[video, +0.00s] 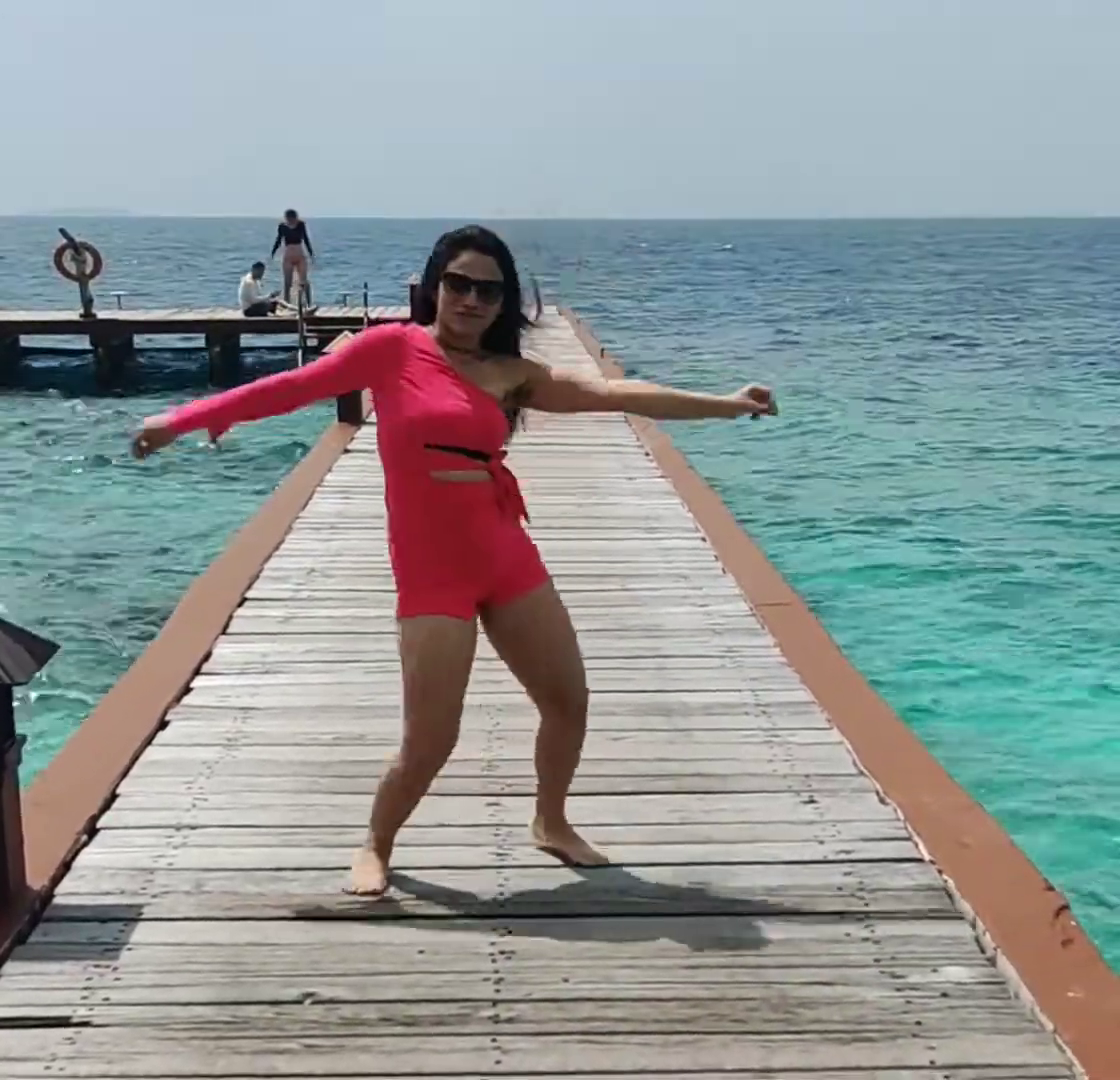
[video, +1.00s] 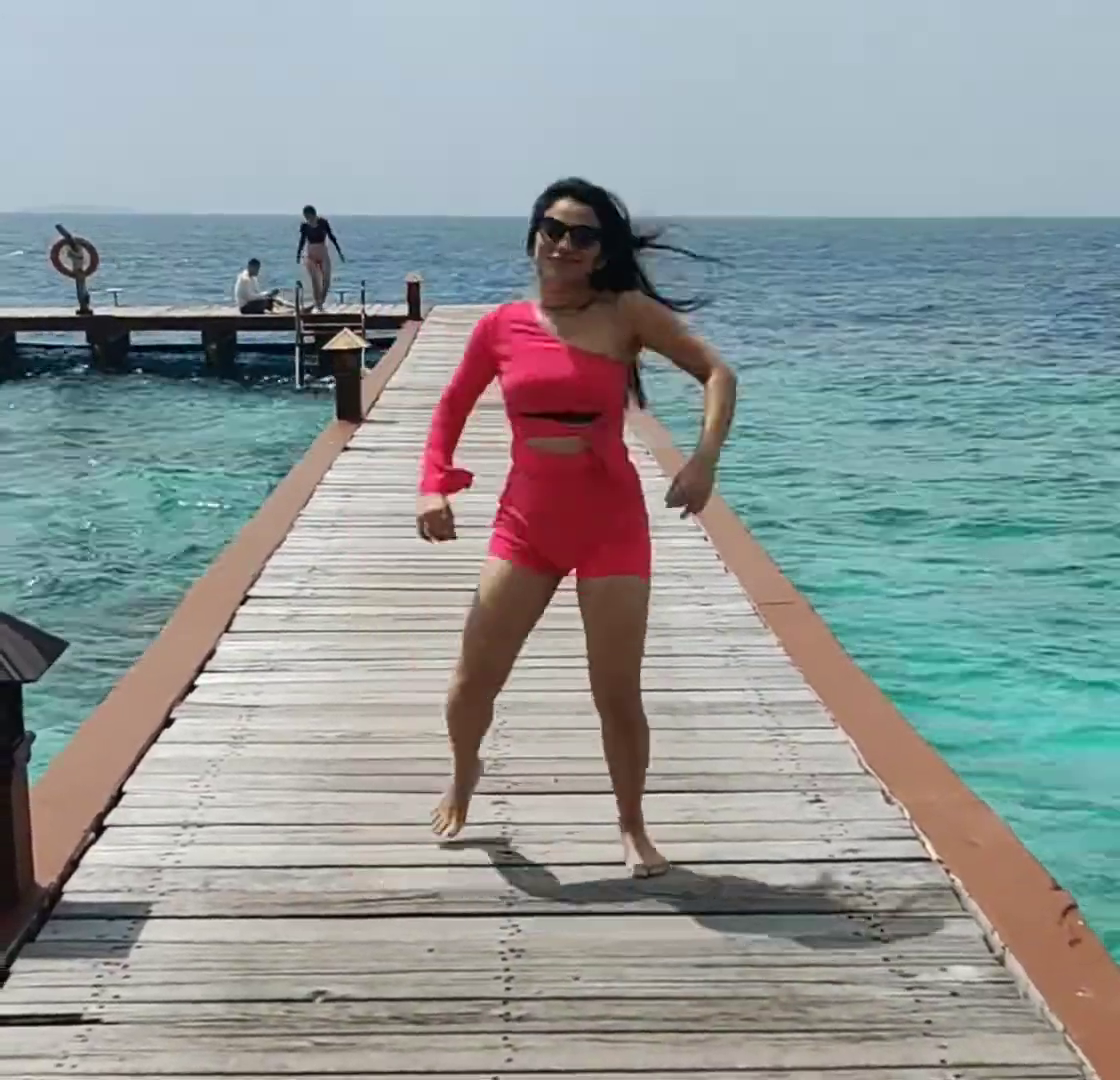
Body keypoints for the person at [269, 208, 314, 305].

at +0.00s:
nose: (291, 222)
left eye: (293, 219)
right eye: (289, 220)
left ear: (296, 218)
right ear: (286, 219)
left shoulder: (301, 225)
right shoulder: (282, 227)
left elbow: (306, 239)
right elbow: (278, 241)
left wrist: (311, 253)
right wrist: (272, 253)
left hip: (299, 250)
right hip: (289, 250)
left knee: (304, 280)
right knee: (287, 282)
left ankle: (309, 304)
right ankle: (286, 304)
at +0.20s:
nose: (295, 222)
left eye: (297, 219)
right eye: (293, 220)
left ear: (301, 218)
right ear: (291, 219)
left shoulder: (306, 225)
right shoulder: (287, 226)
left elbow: (309, 239)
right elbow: (283, 238)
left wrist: (309, 250)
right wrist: (282, 248)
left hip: (303, 250)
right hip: (293, 251)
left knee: (311, 281)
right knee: (290, 282)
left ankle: (319, 305)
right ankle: (287, 305)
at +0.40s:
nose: (305, 220)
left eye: (307, 218)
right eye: (303, 218)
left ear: (310, 216)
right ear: (300, 217)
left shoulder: (315, 224)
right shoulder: (296, 224)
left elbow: (319, 236)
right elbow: (293, 236)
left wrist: (319, 246)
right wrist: (292, 246)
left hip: (313, 249)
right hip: (302, 250)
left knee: (319, 278)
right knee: (298, 277)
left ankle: (322, 302)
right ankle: (291, 299)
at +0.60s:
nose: (311, 218)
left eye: (313, 216)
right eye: (309, 216)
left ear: (317, 215)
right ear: (307, 216)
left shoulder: (323, 223)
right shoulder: (303, 224)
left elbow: (328, 238)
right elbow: (301, 239)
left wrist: (334, 254)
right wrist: (298, 255)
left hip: (320, 249)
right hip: (308, 249)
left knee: (322, 279)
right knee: (309, 279)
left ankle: (322, 304)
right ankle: (305, 304)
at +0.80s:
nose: (313, 219)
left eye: (315, 216)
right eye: (311, 217)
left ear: (319, 215)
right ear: (309, 216)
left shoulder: (325, 223)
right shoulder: (306, 224)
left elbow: (333, 236)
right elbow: (304, 237)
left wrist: (343, 251)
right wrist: (301, 250)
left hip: (323, 250)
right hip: (312, 251)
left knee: (324, 278)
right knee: (316, 278)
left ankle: (322, 304)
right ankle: (318, 301)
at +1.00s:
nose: (308, 219)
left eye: (309, 217)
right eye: (306, 217)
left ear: (314, 215)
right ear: (305, 217)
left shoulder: (323, 223)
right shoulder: (305, 226)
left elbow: (331, 237)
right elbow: (302, 240)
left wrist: (340, 252)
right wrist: (299, 253)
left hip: (323, 252)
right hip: (310, 253)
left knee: (326, 279)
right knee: (315, 279)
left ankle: (321, 302)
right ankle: (318, 304)